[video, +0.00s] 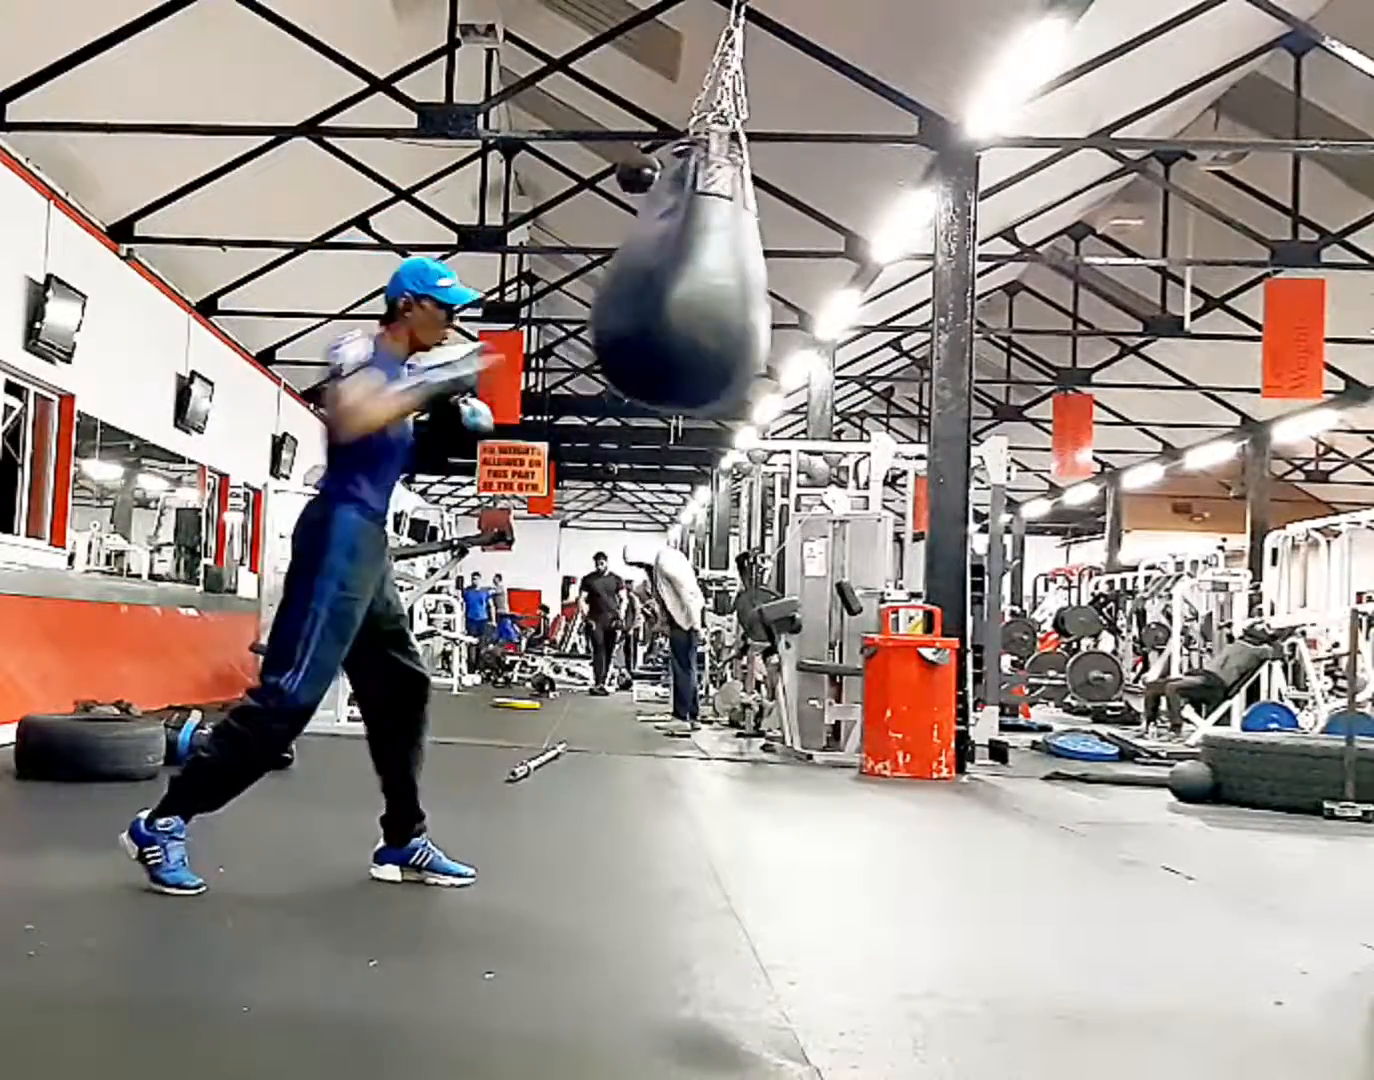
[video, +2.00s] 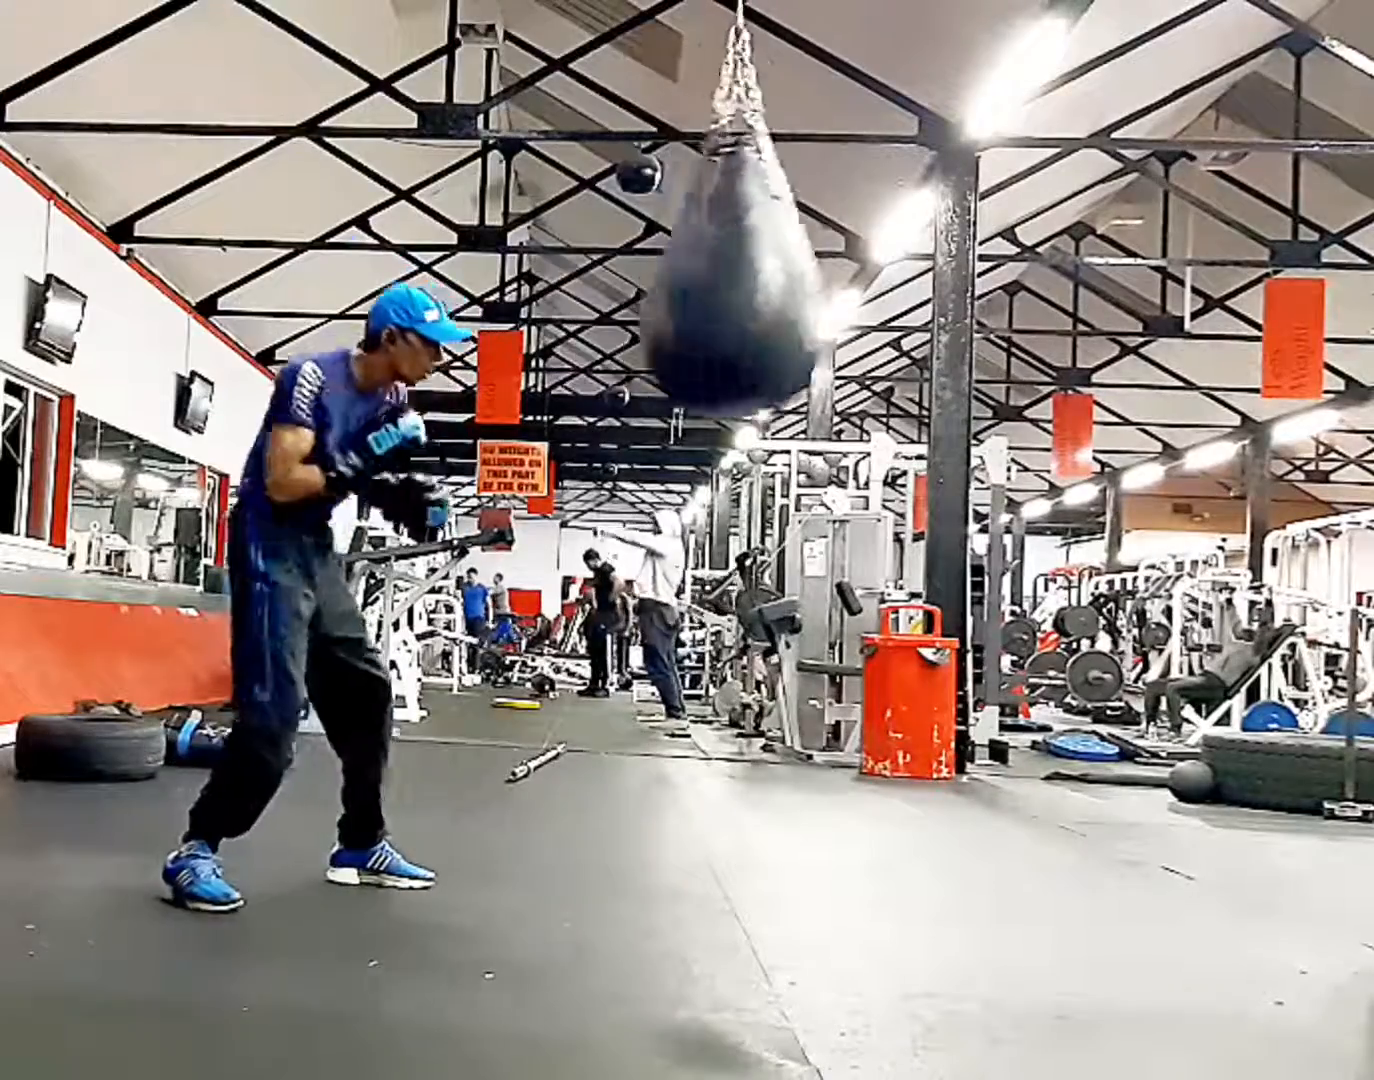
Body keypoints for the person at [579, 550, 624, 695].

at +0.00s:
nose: (600, 565)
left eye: (602, 562)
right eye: (598, 563)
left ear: (607, 563)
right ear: (595, 564)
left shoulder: (616, 579)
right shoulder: (588, 579)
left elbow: (624, 598)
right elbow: (581, 599)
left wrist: (620, 615)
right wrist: (585, 615)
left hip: (611, 617)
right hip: (595, 617)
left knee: (608, 649)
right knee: (598, 648)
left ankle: (603, 679)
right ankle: (599, 681)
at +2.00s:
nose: (590, 566)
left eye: (591, 562)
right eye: (588, 563)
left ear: (597, 559)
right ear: (588, 563)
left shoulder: (608, 575)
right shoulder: (598, 576)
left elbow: (608, 602)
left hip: (606, 621)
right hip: (597, 620)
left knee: (603, 654)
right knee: (595, 654)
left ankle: (604, 685)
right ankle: (594, 683)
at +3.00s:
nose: (577, 566)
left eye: (577, 562)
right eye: (575, 563)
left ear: (584, 558)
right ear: (579, 561)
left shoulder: (597, 571)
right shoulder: (588, 576)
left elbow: (603, 587)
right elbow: (589, 598)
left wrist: (588, 598)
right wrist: (581, 600)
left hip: (599, 617)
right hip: (590, 617)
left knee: (596, 652)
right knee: (590, 652)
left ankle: (600, 686)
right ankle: (594, 684)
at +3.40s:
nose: (573, 568)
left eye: (573, 564)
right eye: (572, 565)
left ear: (579, 559)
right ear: (575, 563)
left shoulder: (591, 570)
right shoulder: (586, 574)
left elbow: (599, 581)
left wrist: (595, 598)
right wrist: (580, 600)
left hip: (594, 612)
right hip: (591, 613)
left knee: (582, 646)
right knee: (591, 649)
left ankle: (587, 683)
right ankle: (593, 683)